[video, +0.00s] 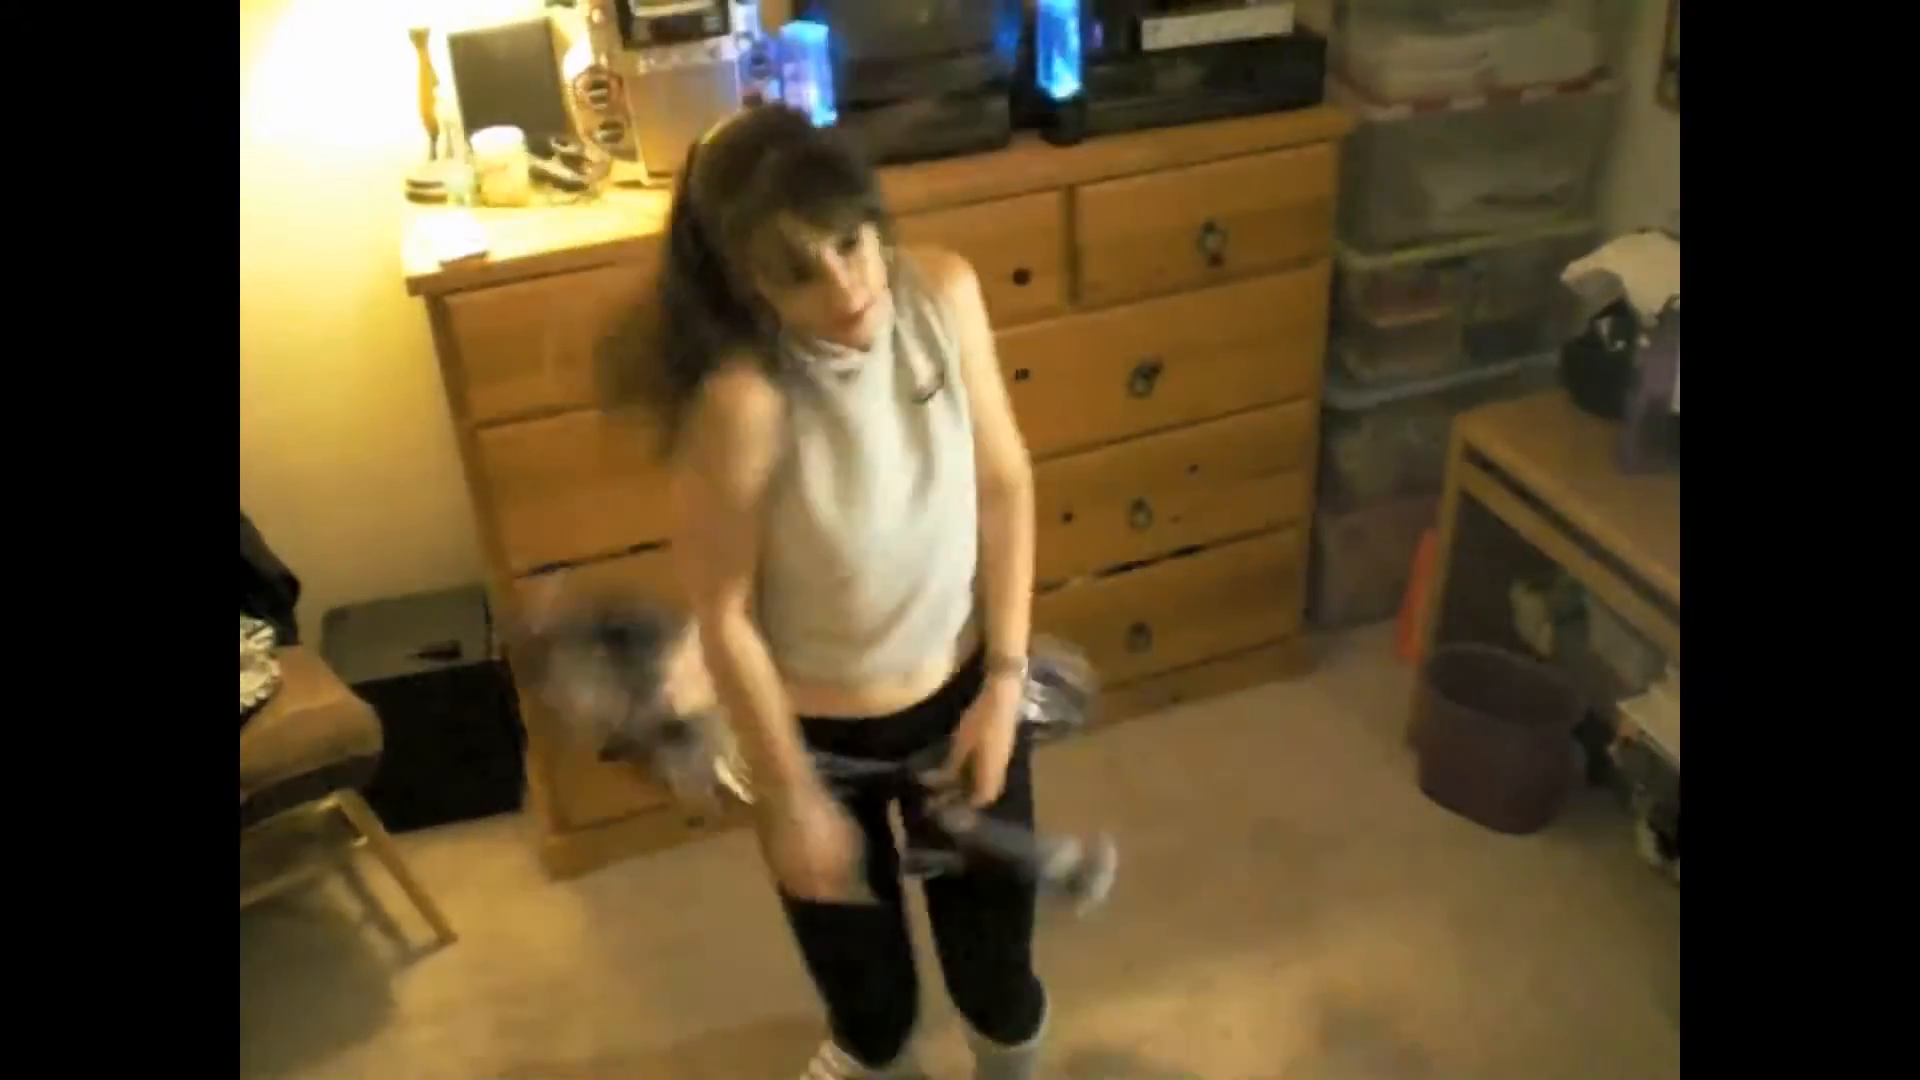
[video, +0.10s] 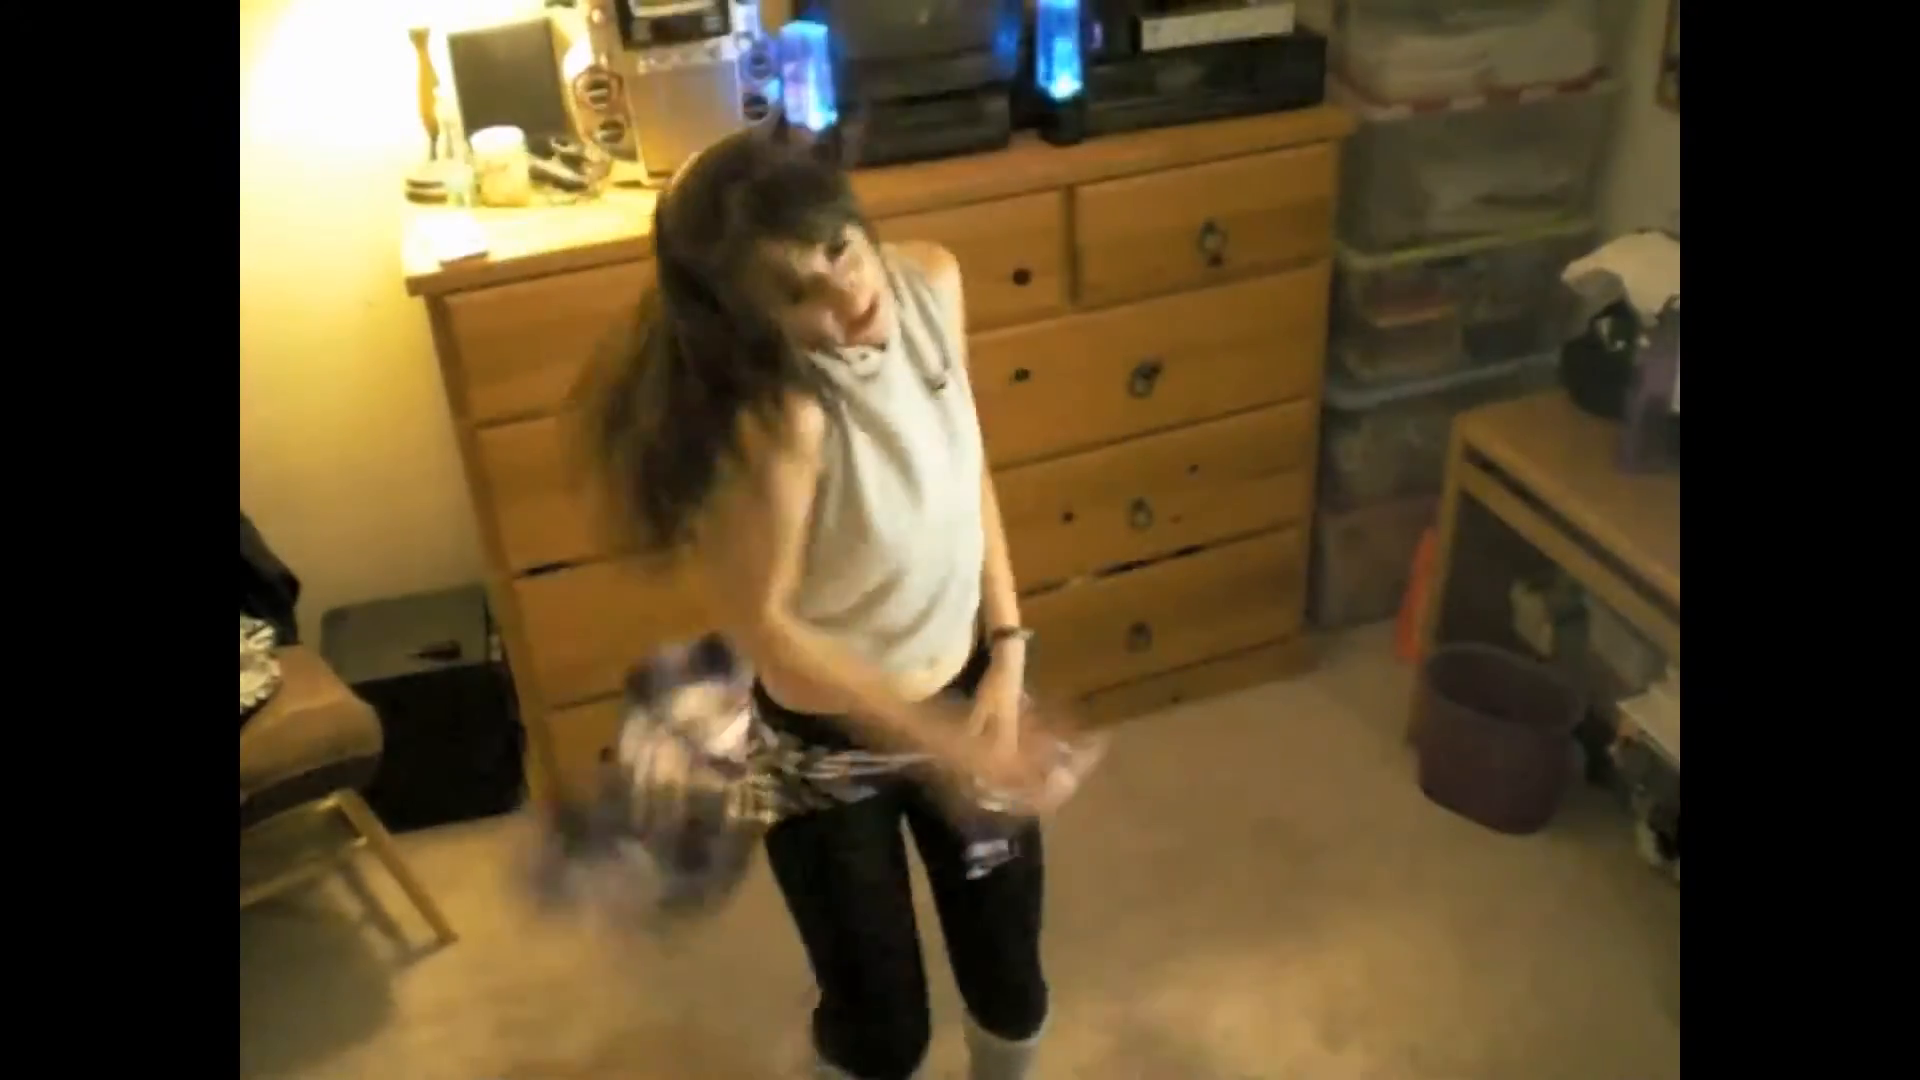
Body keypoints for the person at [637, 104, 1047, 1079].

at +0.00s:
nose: (846, 288)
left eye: (850, 245)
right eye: (799, 277)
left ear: (875, 218)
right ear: (749, 293)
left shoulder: (941, 296)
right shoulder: (742, 404)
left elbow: (1004, 483)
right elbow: (719, 610)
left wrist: (1004, 683)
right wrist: (793, 794)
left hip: (964, 707)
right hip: (821, 751)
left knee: (998, 990)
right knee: (876, 1023)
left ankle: (1015, 1062)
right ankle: (855, 1065)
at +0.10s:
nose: (844, 297)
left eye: (839, 253)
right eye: (802, 298)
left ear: (857, 223)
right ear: (755, 322)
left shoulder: (930, 283)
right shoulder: (775, 416)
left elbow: (963, 463)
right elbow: (756, 625)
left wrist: (1006, 646)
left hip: (967, 703)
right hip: (826, 747)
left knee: (1011, 1001)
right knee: (885, 1038)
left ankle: (999, 1069)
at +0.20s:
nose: (828, 298)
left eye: (812, 257)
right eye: (782, 304)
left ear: (827, 231)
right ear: (737, 347)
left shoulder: (912, 283)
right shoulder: (776, 448)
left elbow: (977, 457)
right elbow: (877, 646)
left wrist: (1001, 641)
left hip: (959, 704)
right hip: (828, 749)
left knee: (1005, 1010)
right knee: (863, 1051)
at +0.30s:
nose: (771, 310)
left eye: (747, 272)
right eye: (730, 333)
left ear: (765, 240)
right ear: (713, 387)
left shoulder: (892, 276)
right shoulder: (754, 472)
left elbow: (973, 447)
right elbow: (987, 625)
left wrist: (985, 643)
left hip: (943, 710)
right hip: (809, 739)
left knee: (999, 1007)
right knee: (807, 1046)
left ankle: (996, 1066)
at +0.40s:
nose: (720, 316)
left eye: (703, 271)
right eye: (673, 332)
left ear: (739, 245)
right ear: (662, 379)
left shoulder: (882, 291)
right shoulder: (715, 468)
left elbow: (962, 461)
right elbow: (902, 615)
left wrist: (961, 642)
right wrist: (753, 442)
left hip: (909, 721)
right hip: (770, 750)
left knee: (1012, 994)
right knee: (768, 1046)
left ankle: (1002, 1072)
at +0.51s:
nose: (662, 332)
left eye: (673, 289)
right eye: (627, 322)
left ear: (737, 259)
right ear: (614, 349)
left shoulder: (890, 348)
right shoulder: (658, 456)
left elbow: (951, 503)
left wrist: (926, 682)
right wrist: (626, 416)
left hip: (872, 730)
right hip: (710, 764)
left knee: (1032, 933)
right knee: (722, 1026)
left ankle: (1017, 1067)